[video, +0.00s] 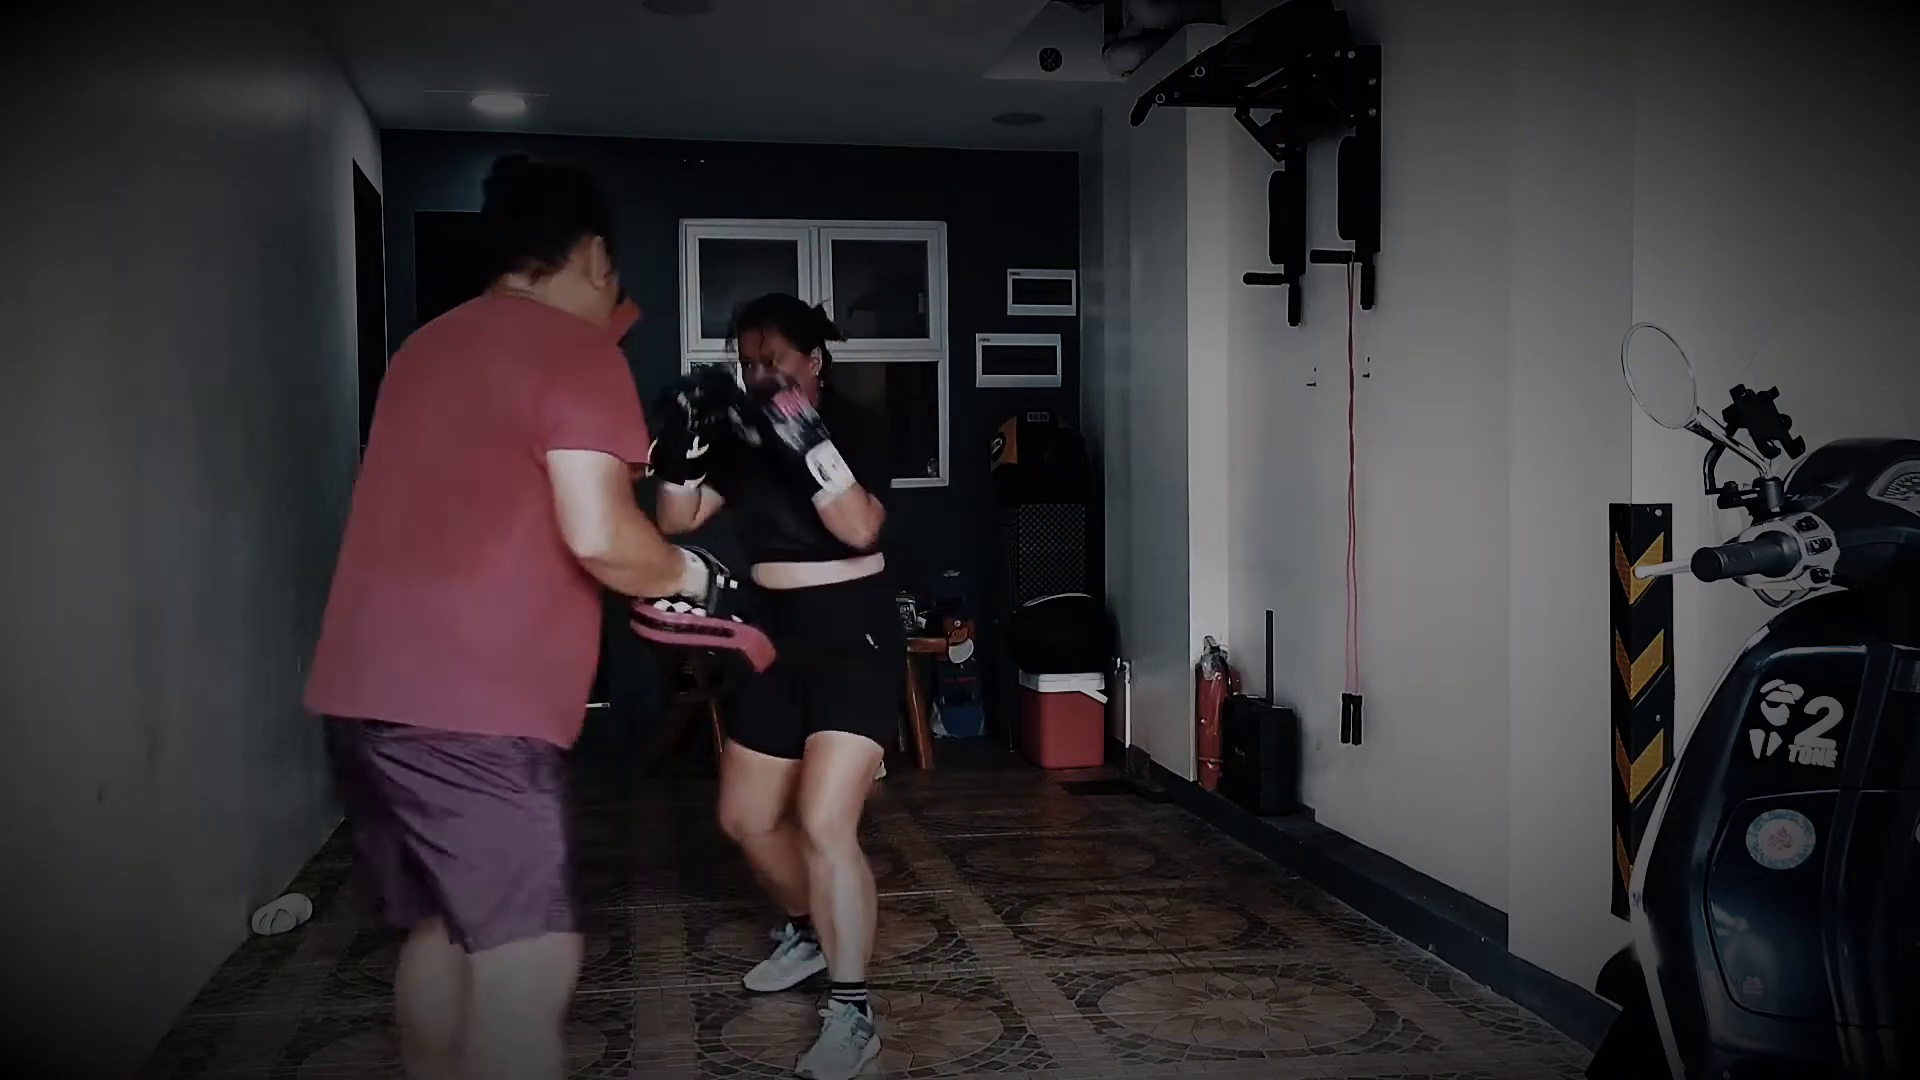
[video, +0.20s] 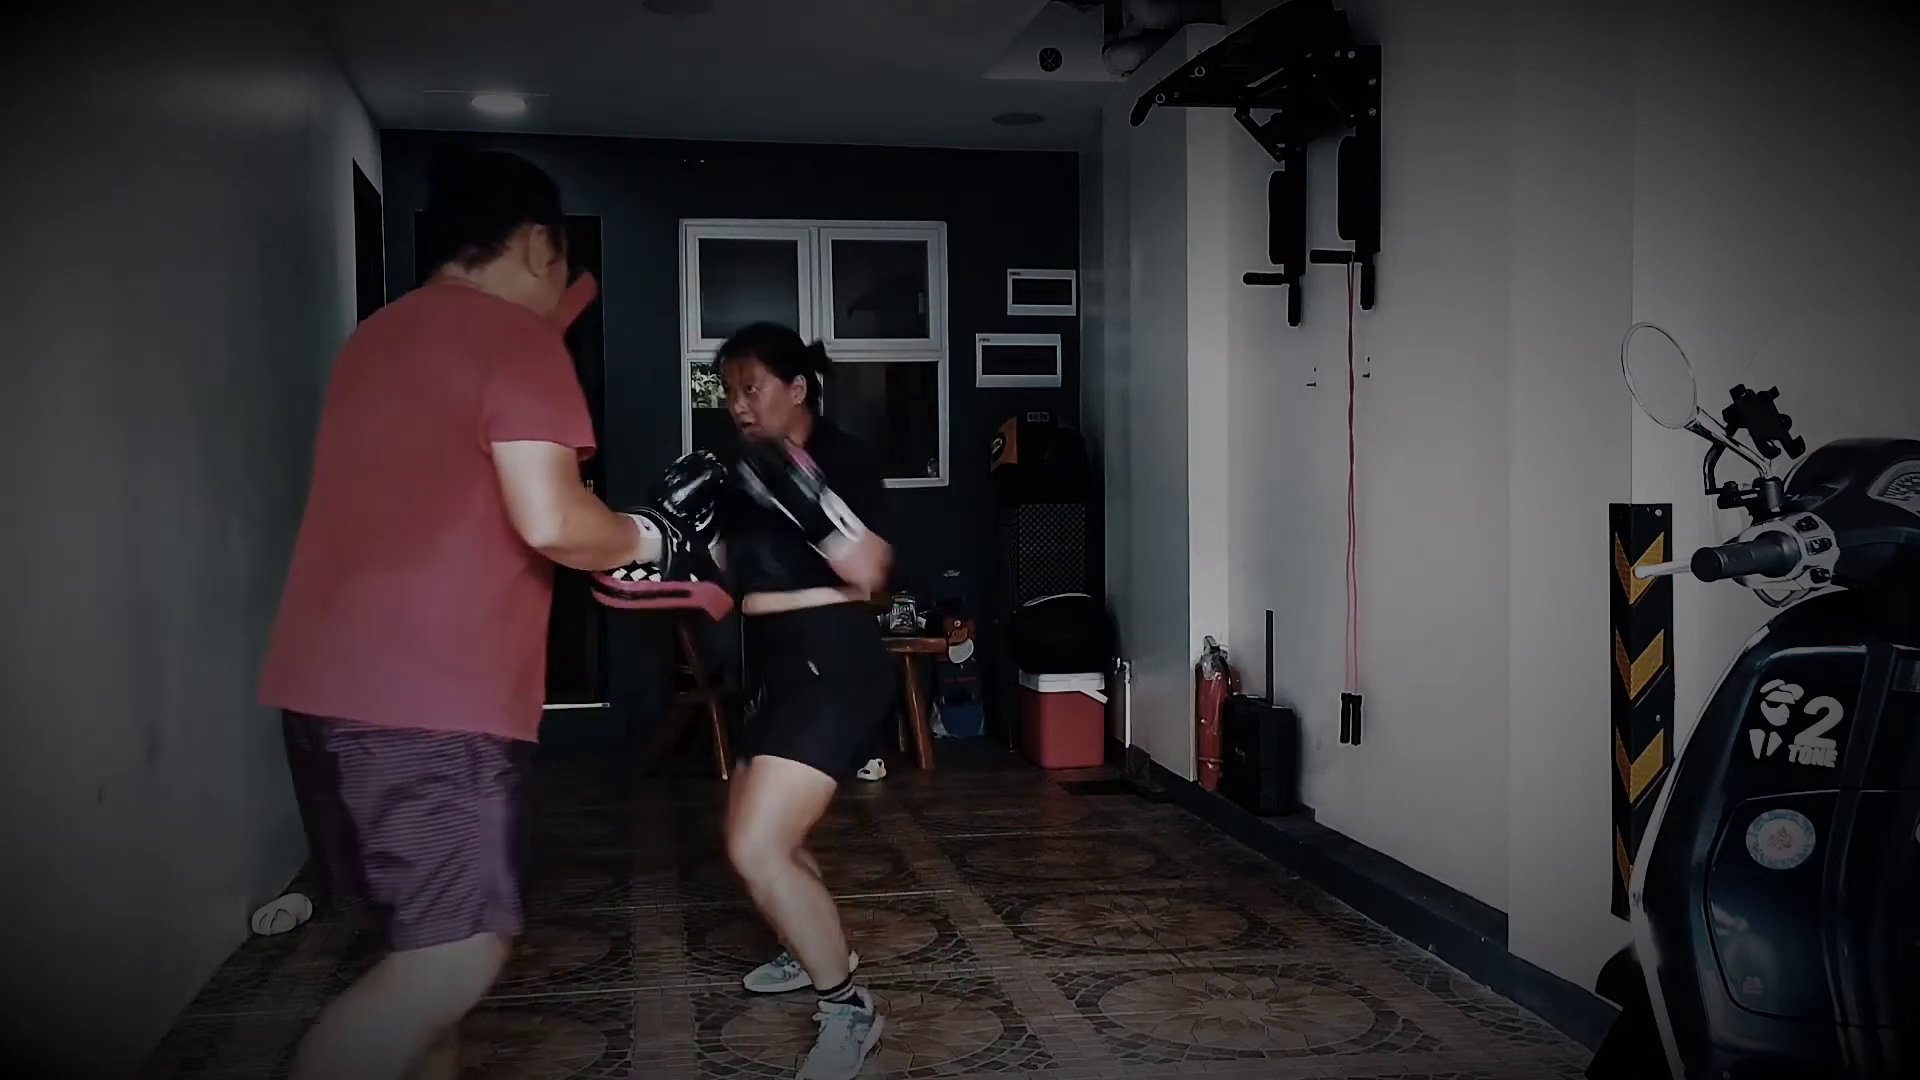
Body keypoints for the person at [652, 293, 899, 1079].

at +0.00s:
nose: (761, 375)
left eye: (773, 360)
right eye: (749, 364)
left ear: (814, 358)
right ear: (741, 368)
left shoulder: (851, 423)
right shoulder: (737, 430)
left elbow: (861, 528)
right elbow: (677, 521)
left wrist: (809, 437)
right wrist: (686, 444)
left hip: (856, 636)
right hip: (769, 636)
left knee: (826, 820)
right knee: (747, 818)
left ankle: (851, 1008)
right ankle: (816, 929)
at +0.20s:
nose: (740, 405)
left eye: (754, 389)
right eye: (731, 393)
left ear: (801, 387)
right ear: (729, 399)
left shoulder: (842, 461)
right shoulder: (742, 471)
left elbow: (872, 575)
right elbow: (735, 576)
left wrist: (805, 500)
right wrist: (697, 523)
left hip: (836, 661)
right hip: (771, 661)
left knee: (759, 844)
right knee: (759, 832)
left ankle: (848, 1003)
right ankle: (813, 955)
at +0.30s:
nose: (728, 387)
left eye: (738, 371)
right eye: (724, 374)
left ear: (786, 363)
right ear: (781, 371)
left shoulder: (804, 423)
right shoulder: (799, 432)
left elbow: (720, 448)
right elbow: (770, 565)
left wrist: (638, 382)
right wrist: (702, 531)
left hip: (832, 644)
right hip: (822, 640)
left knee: (740, 843)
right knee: (786, 812)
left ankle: (855, 1000)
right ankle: (812, 954)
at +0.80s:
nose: (775, 374)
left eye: (780, 355)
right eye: (768, 361)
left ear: (828, 343)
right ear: (822, 352)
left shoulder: (857, 412)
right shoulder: (851, 412)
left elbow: (806, 519)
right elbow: (771, 514)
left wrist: (762, 435)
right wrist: (742, 442)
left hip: (876, 636)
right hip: (907, 631)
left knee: (826, 825)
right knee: (905, 819)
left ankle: (872, 1016)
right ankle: (939, 977)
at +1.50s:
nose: (824, 390)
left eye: (841, 375)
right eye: (815, 377)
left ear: (889, 380)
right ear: (807, 386)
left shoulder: (930, 465)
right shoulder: (801, 464)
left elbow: (917, 585)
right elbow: (734, 540)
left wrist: (866, 492)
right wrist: (720, 471)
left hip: (910, 679)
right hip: (821, 674)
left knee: (855, 849)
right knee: (785, 866)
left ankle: (874, 1054)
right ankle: (906, 926)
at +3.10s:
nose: (746, 383)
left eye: (761, 367)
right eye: (739, 369)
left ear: (808, 371)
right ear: (736, 377)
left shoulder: (841, 442)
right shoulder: (751, 463)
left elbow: (894, 553)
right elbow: (724, 567)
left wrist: (816, 489)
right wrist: (694, 524)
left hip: (863, 656)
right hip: (809, 661)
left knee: (732, 811)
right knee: (797, 847)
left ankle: (826, 1004)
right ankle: (871, 991)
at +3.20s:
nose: (728, 377)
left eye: (741, 358)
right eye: (721, 365)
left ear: (791, 357)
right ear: (727, 371)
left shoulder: (812, 414)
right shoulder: (798, 434)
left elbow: (771, 469)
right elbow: (779, 559)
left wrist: (690, 405)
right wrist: (721, 523)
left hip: (848, 649)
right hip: (881, 648)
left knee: (748, 841)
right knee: (823, 840)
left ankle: (849, 1033)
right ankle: (871, 990)